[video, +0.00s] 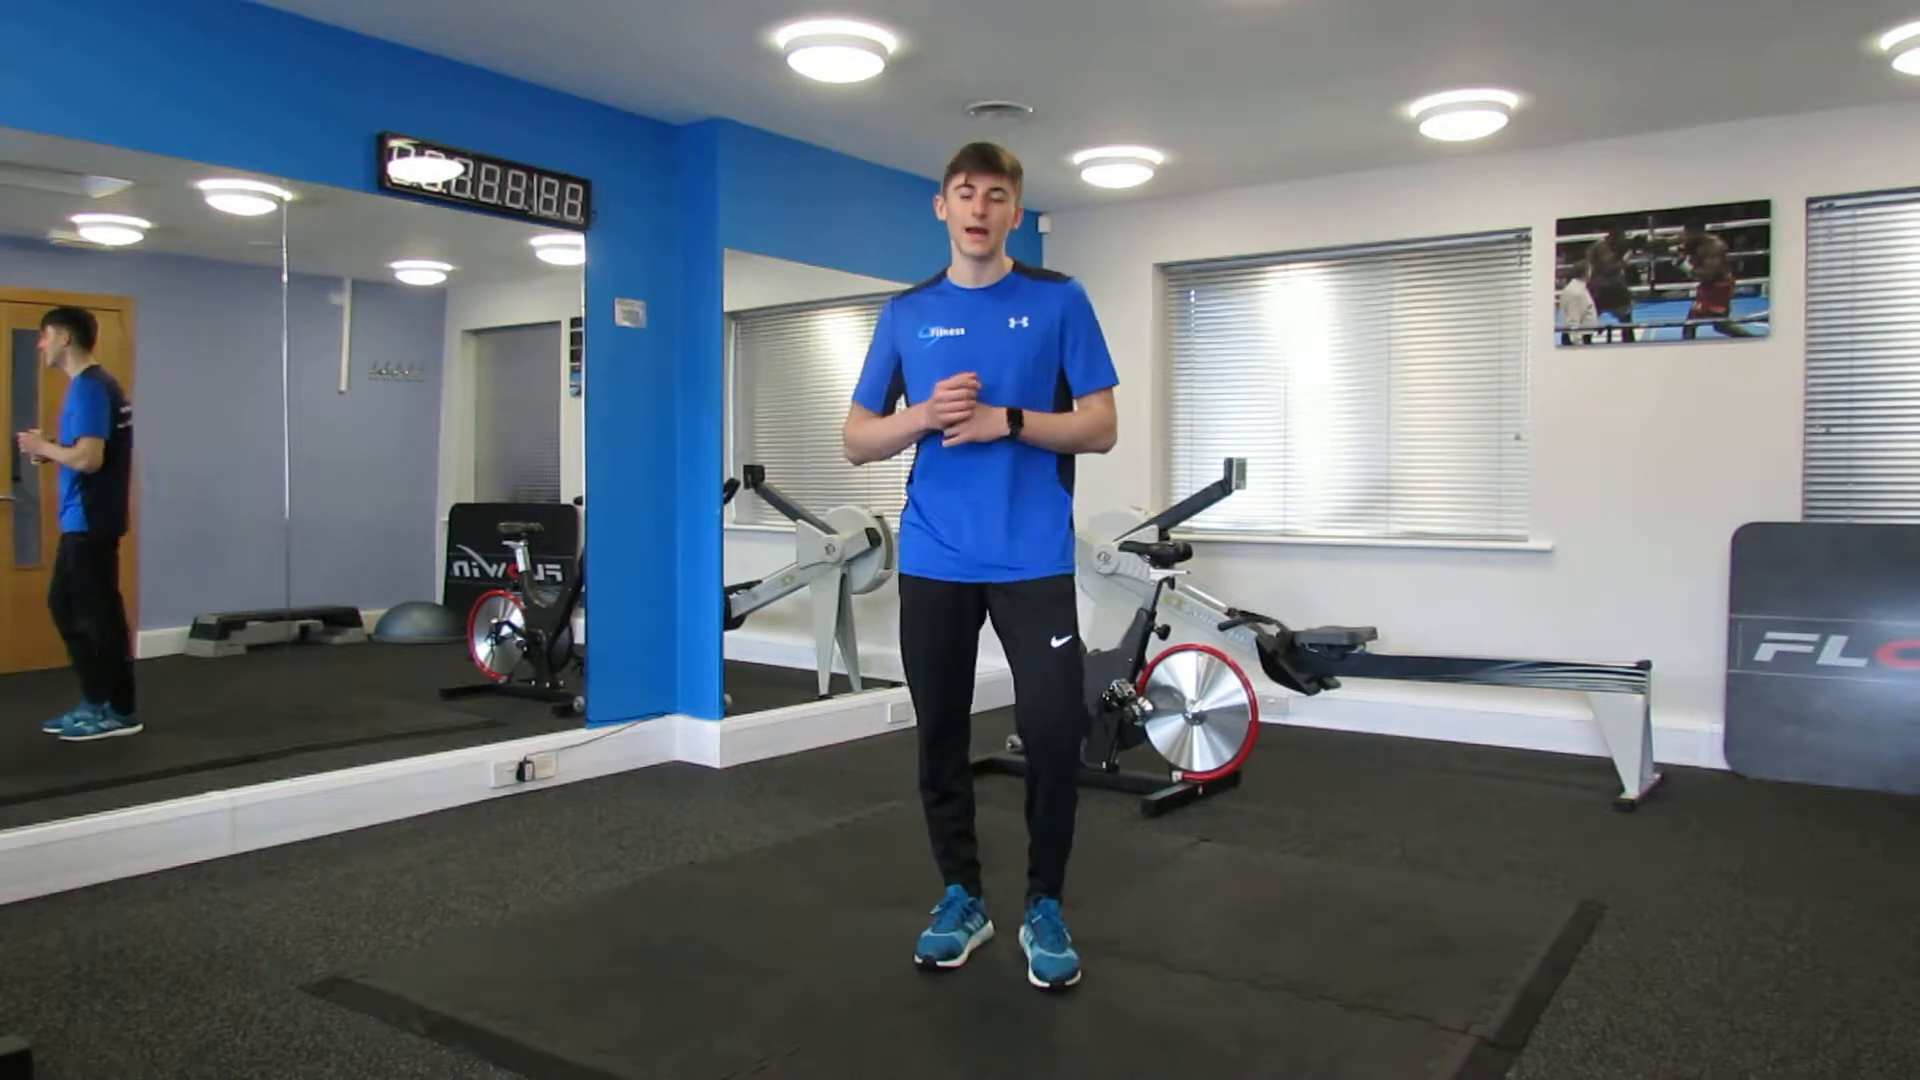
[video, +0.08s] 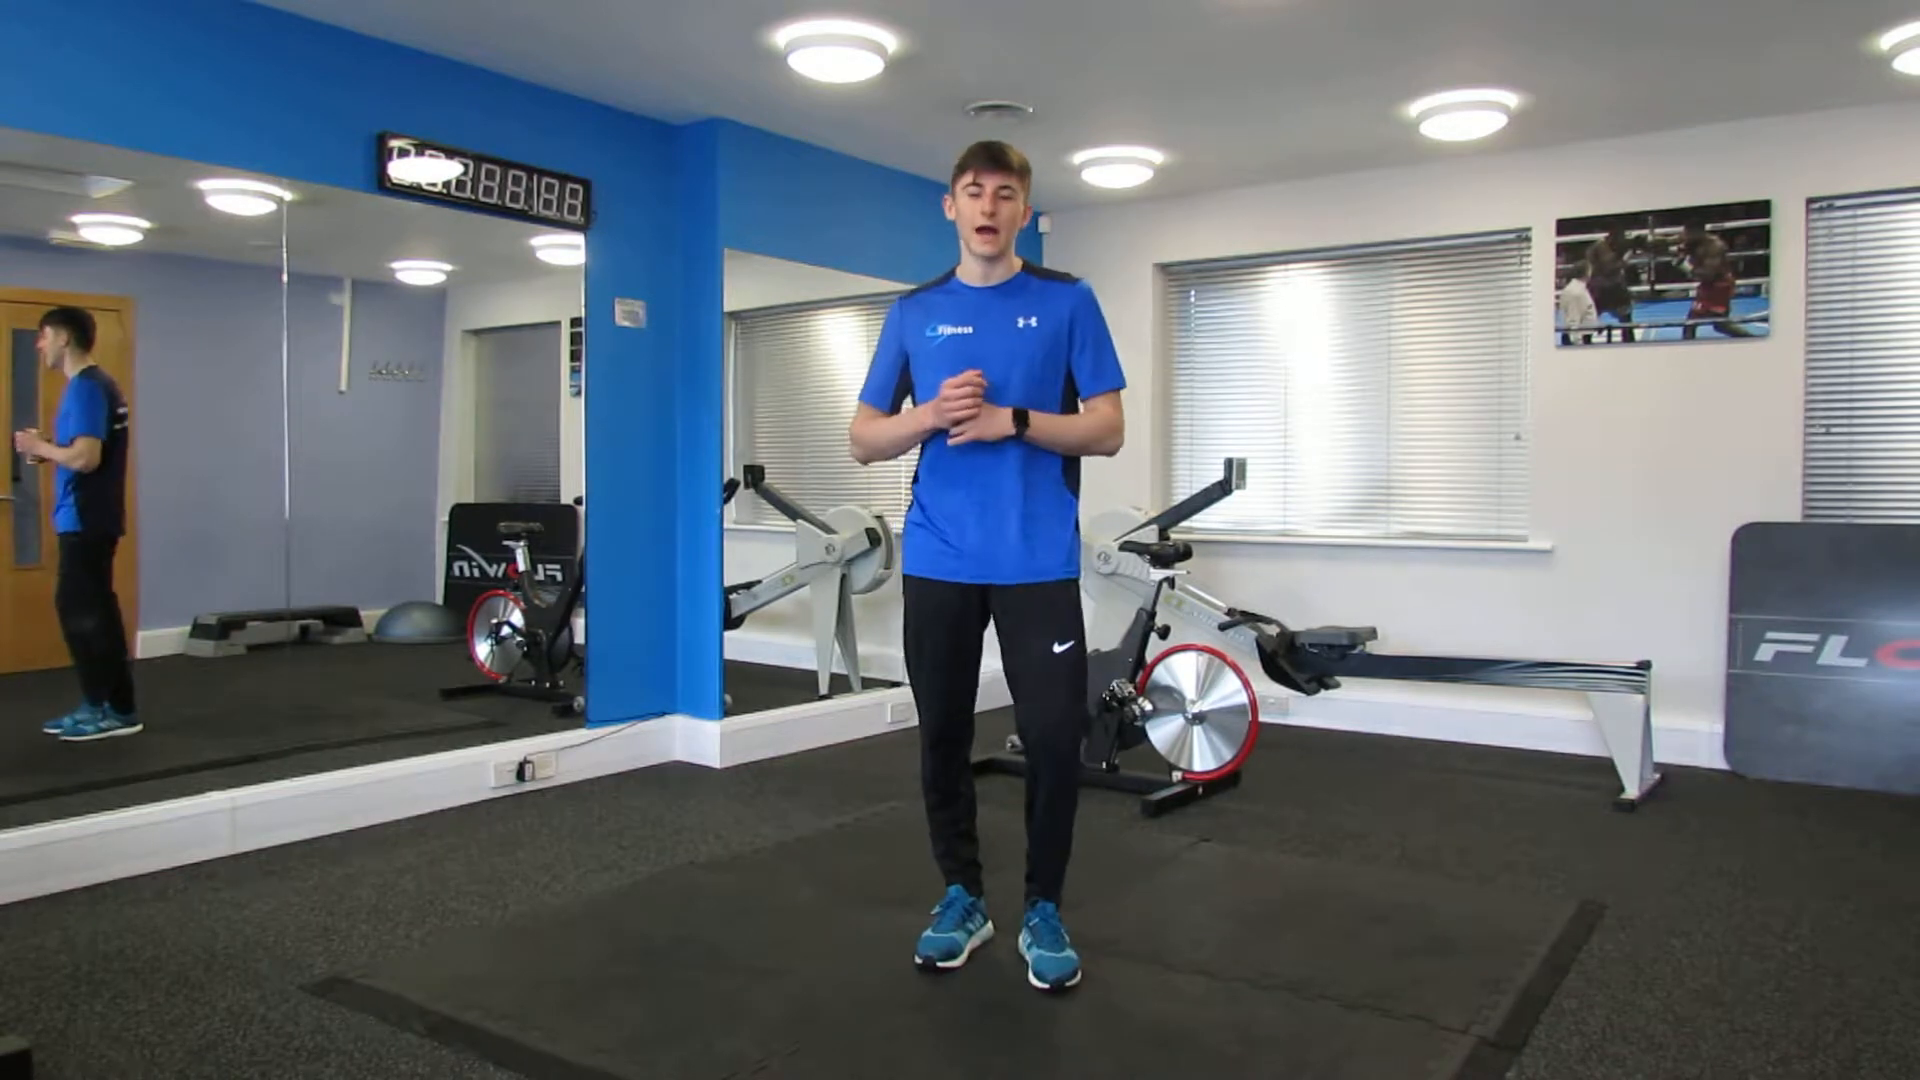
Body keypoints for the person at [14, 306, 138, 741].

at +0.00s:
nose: (40, 345)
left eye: (45, 336)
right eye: (41, 336)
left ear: (67, 339)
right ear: (75, 340)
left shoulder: (92, 387)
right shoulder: (92, 384)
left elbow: (89, 458)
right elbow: (87, 454)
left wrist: (44, 447)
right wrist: (49, 452)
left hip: (92, 526)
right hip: (86, 525)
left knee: (94, 610)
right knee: (65, 604)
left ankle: (117, 708)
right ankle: (96, 702)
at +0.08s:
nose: (39, 345)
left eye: (44, 336)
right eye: (40, 337)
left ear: (67, 338)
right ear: (74, 340)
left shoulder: (87, 386)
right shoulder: (93, 384)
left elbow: (86, 457)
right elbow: (86, 454)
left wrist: (42, 447)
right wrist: (46, 452)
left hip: (86, 524)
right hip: (92, 522)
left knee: (77, 606)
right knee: (94, 606)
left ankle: (105, 705)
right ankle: (112, 704)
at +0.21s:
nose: (35, 344)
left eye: (41, 335)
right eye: (36, 336)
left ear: (63, 338)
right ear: (71, 341)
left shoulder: (80, 386)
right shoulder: (95, 384)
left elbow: (83, 457)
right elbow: (86, 454)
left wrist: (34, 445)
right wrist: (42, 451)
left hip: (79, 522)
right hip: (91, 520)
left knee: (78, 607)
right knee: (84, 606)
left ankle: (109, 706)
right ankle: (103, 704)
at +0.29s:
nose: (31, 344)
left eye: (36, 335)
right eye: (32, 336)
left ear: (57, 338)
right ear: (66, 341)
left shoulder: (74, 386)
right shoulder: (93, 385)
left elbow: (78, 457)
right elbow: (82, 454)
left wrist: (30, 445)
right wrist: (37, 451)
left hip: (73, 524)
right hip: (88, 522)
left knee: (78, 613)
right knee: (81, 611)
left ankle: (113, 706)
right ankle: (99, 704)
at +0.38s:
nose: (26, 345)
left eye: (30, 336)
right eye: (27, 337)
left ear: (50, 339)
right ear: (61, 341)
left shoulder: (69, 386)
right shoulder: (91, 385)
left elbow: (71, 458)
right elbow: (77, 453)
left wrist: (24, 445)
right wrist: (32, 451)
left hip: (69, 524)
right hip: (85, 521)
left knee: (75, 613)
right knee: (77, 611)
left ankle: (113, 706)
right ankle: (97, 703)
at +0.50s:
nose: (19, 347)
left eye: (24, 338)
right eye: (20, 339)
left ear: (43, 340)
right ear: (53, 340)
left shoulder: (60, 387)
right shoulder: (86, 386)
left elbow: (61, 456)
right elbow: (73, 453)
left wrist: (18, 446)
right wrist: (28, 450)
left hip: (64, 523)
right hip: (85, 521)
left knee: (52, 607)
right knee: (76, 606)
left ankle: (108, 701)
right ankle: (98, 700)